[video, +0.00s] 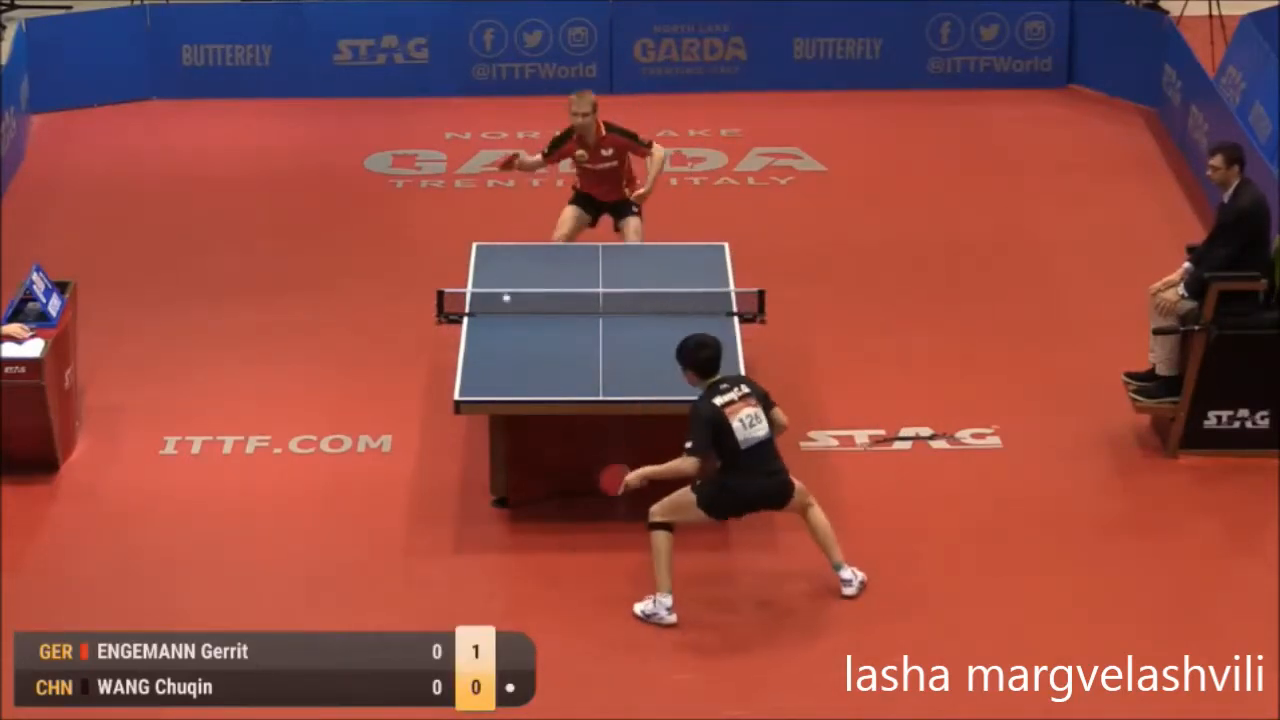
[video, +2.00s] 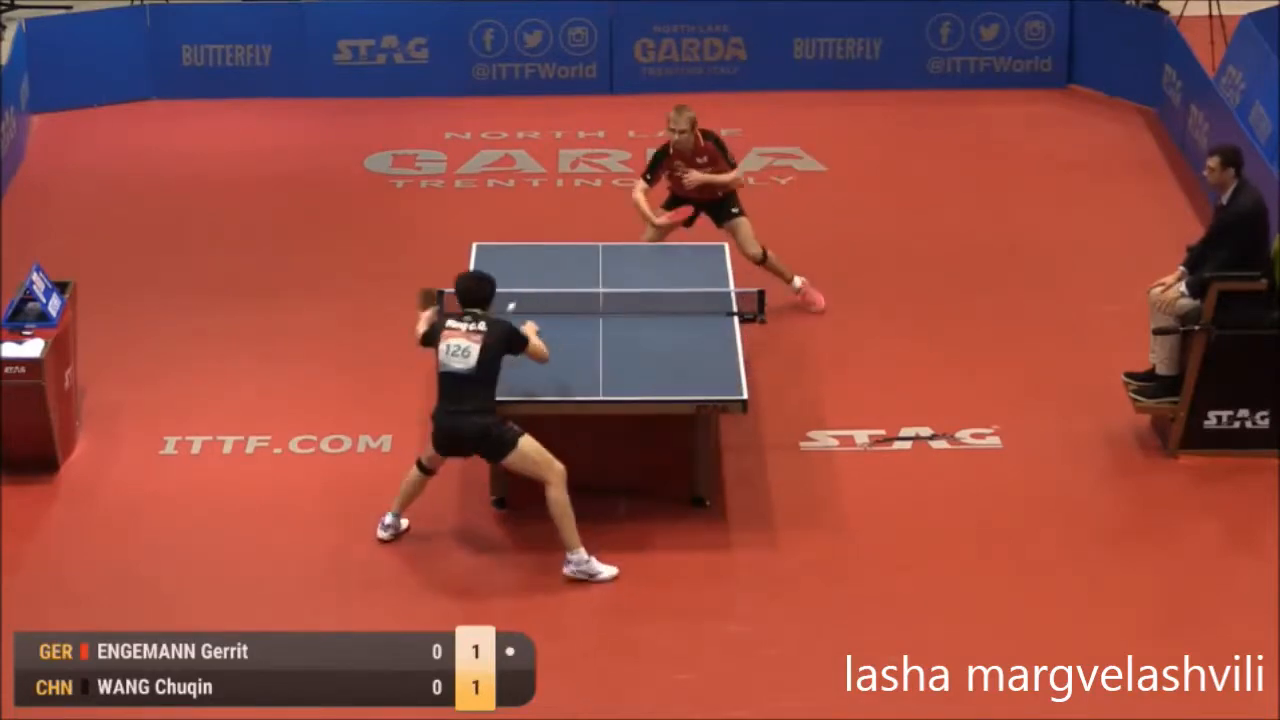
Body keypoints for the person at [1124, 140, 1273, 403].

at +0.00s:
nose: (1208, 174)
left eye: (1214, 168)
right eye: (1208, 168)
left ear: (1234, 169)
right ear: (1228, 170)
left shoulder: (1246, 203)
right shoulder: (1234, 198)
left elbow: (1222, 257)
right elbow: (1211, 245)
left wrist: (1183, 290)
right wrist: (1181, 273)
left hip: (1238, 292)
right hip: (1224, 282)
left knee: (1165, 305)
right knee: (1158, 296)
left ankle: (1170, 379)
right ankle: (1159, 369)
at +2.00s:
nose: (1205, 174)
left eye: (1211, 169)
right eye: (1206, 169)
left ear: (1229, 171)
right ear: (1223, 172)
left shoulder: (1245, 206)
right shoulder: (1229, 199)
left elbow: (1226, 263)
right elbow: (1208, 244)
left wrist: (1184, 288)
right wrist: (1179, 274)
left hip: (1237, 291)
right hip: (1221, 279)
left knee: (1166, 305)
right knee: (1156, 295)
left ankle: (1169, 378)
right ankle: (1160, 369)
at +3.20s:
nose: (1207, 175)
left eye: (1213, 169)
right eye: (1207, 169)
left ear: (1232, 170)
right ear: (1225, 172)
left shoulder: (1245, 205)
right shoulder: (1231, 199)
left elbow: (1221, 257)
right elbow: (1210, 244)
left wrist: (1178, 279)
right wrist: (1177, 272)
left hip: (1236, 288)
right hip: (1222, 278)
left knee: (1165, 307)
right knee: (1157, 296)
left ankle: (1168, 378)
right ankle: (1160, 369)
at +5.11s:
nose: (1207, 175)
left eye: (1212, 170)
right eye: (1207, 169)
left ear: (1232, 172)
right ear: (1225, 172)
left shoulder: (1249, 206)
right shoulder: (1226, 199)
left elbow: (1229, 264)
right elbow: (1205, 240)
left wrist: (1183, 288)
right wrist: (1173, 274)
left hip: (1242, 292)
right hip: (1224, 280)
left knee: (1168, 307)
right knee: (1158, 297)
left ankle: (1168, 379)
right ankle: (1159, 370)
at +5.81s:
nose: (1208, 174)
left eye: (1214, 169)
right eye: (1208, 168)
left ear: (1234, 171)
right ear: (1226, 171)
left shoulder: (1248, 205)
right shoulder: (1226, 199)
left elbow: (1228, 261)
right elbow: (1205, 240)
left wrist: (1183, 285)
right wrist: (1173, 274)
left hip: (1243, 293)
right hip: (1225, 281)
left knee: (1167, 307)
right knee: (1158, 297)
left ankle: (1168, 379)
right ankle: (1159, 370)